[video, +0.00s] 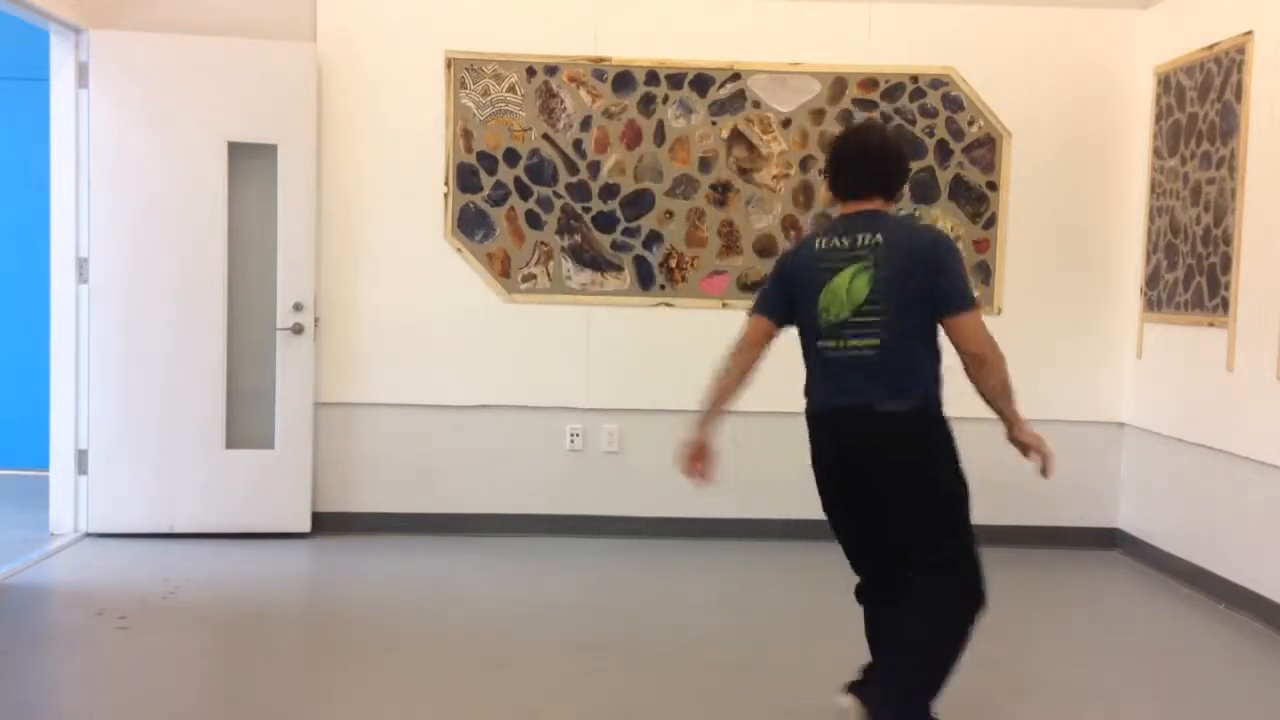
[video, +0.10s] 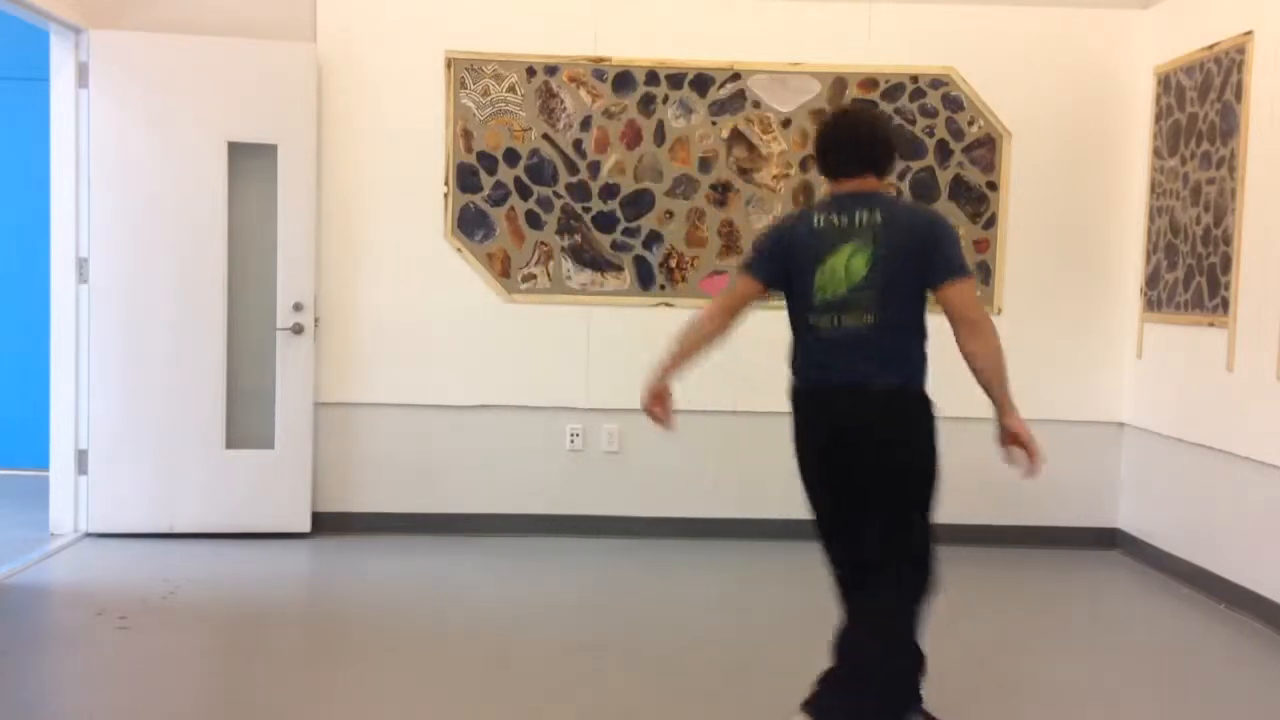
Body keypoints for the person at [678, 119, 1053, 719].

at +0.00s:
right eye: (898, 173)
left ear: (832, 182)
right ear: (898, 180)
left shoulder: (802, 256)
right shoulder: (928, 248)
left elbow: (749, 347)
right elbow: (977, 351)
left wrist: (703, 424)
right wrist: (1014, 423)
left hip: (834, 442)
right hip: (909, 438)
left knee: (880, 575)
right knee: (955, 583)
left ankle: (894, 697)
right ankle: (890, 698)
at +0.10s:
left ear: (822, 164)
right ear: (887, 162)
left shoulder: (793, 234)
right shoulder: (922, 228)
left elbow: (724, 309)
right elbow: (970, 322)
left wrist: (664, 372)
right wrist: (1007, 411)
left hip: (819, 421)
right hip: (898, 417)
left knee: (857, 566)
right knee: (904, 564)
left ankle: (896, 698)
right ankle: (845, 701)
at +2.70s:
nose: (641, 533)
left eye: (648, 528)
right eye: (638, 521)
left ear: (665, 515)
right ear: (613, 486)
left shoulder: (659, 507)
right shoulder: (561, 440)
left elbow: (660, 603)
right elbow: (467, 431)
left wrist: (658, 704)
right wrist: (387, 486)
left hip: (567, 415)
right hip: (506, 394)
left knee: (535, 546)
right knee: (409, 462)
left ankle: (492, 627)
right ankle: (354, 502)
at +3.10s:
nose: (552, 596)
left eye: (549, 589)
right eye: (542, 594)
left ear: (556, 565)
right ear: (509, 554)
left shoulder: (609, 526)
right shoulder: (528, 521)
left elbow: (650, 614)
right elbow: (569, 590)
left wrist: (658, 704)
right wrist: (577, 667)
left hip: (625, 342)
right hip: (561, 335)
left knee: (745, 350)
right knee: (583, 271)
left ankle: (774, 244)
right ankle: (523, 186)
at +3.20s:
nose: (544, 580)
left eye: (534, 574)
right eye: (534, 577)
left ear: (538, 547)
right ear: (530, 542)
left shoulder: (590, 525)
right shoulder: (550, 517)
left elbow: (639, 603)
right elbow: (589, 588)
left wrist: (659, 696)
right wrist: (583, 666)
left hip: (605, 344)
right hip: (576, 344)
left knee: (709, 249)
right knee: (660, 269)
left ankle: (669, 131)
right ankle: (610, 210)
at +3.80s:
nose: (626, 584)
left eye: (636, 581)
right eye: (616, 580)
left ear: (656, 549)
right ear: (597, 548)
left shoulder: (686, 513)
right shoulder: (575, 513)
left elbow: (713, 590)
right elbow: (553, 586)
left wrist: (719, 671)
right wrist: (565, 666)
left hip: (673, 355)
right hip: (606, 349)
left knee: (746, 248)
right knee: (577, 236)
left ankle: (852, 170)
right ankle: (529, 179)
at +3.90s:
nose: (610, 581)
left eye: (620, 579)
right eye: (600, 576)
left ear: (644, 549)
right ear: (585, 542)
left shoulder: (685, 510)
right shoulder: (575, 504)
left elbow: (718, 585)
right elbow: (554, 571)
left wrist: (720, 671)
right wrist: (549, 644)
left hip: (694, 355)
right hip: (626, 342)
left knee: (767, 258)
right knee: (580, 225)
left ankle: (850, 184)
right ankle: (486, 136)